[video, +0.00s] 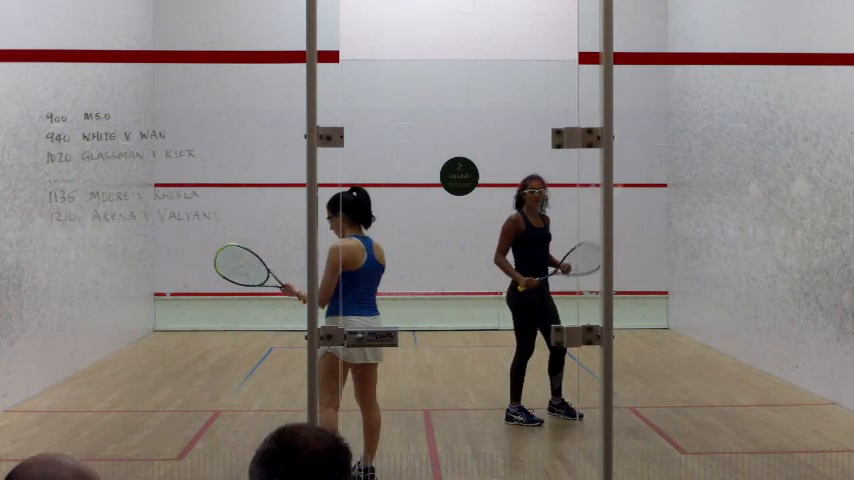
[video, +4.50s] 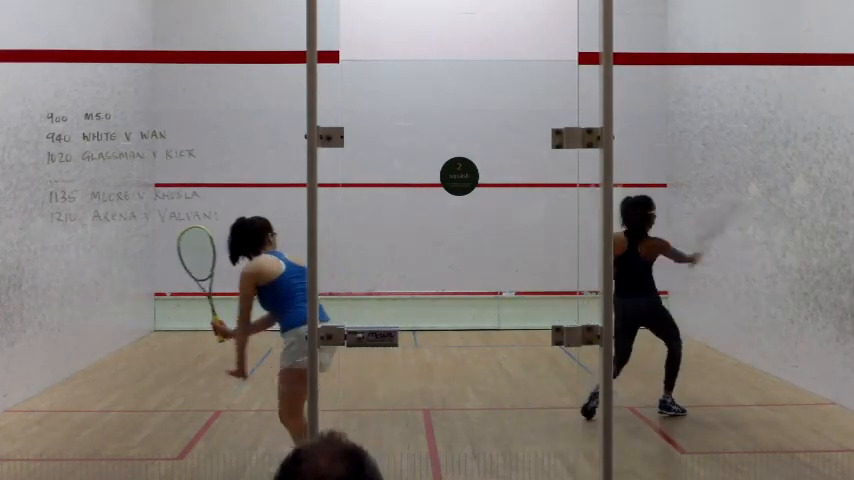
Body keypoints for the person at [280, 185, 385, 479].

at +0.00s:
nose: (329, 225)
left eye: (330, 219)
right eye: (329, 219)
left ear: (342, 217)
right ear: (359, 217)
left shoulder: (340, 250)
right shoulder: (377, 250)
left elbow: (323, 298)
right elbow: (363, 294)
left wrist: (300, 294)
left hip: (339, 332)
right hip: (370, 331)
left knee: (328, 404)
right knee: (368, 401)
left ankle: (327, 467)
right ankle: (367, 466)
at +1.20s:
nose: (322, 220)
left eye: (328, 214)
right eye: (319, 215)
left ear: (344, 216)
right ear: (317, 216)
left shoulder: (348, 248)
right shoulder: (335, 248)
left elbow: (339, 299)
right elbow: (329, 296)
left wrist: (301, 299)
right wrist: (306, 309)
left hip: (338, 328)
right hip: (336, 327)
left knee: (325, 402)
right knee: (348, 399)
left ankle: (324, 460)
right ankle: (364, 455)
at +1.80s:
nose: (303, 239)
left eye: (303, 233)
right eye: (304, 233)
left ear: (307, 235)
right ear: (328, 230)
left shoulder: (321, 261)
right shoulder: (349, 256)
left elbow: (325, 314)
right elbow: (351, 308)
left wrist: (298, 326)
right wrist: (311, 324)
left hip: (358, 337)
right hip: (379, 333)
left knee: (321, 400)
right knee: (366, 396)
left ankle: (325, 463)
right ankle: (385, 460)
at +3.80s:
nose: (330, 246)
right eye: (328, 243)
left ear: (299, 253)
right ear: (326, 245)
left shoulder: (305, 275)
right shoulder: (349, 264)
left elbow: (317, 321)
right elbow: (347, 317)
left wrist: (325, 355)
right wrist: (305, 341)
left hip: (352, 332)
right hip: (385, 328)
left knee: (323, 402)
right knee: (373, 395)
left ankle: (329, 463)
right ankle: (382, 462)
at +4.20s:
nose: (308, 246)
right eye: (305, 242)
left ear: (274, 255)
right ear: (302, 247)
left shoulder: (284, 281)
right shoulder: (328, 270)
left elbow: (295, 330)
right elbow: (309, 323)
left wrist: (307, 365)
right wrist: (268, 339)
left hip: (329, 345)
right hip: (361, 340)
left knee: (299, 409)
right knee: (362, 399)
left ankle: (317, 462)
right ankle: (381, 460)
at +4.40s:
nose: (287, 240)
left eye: (286, 236)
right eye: (285, 237)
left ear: (257, 248)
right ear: (280, 240)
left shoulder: (264, 273)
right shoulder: (299, 263)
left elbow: (263, 324)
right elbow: (280, 320)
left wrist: (267, 367)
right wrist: (240, 333)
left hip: (312, 338)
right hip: (337, 333)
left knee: (293, 412)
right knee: (319, 400)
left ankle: (315, 462)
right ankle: (347, 446)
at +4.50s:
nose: (275, 237)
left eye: (274, 234)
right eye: (273, 234)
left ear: (245, 245)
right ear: (269, 238)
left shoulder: (252, 270)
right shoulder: (291, 261)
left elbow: (243, 322)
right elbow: (273, 317)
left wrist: (241, 369)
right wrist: (232, 333)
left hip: (301, 338)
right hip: (323, 332)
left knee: (289, 415)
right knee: (294, 411)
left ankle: (315, 467)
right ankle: (317, 463)